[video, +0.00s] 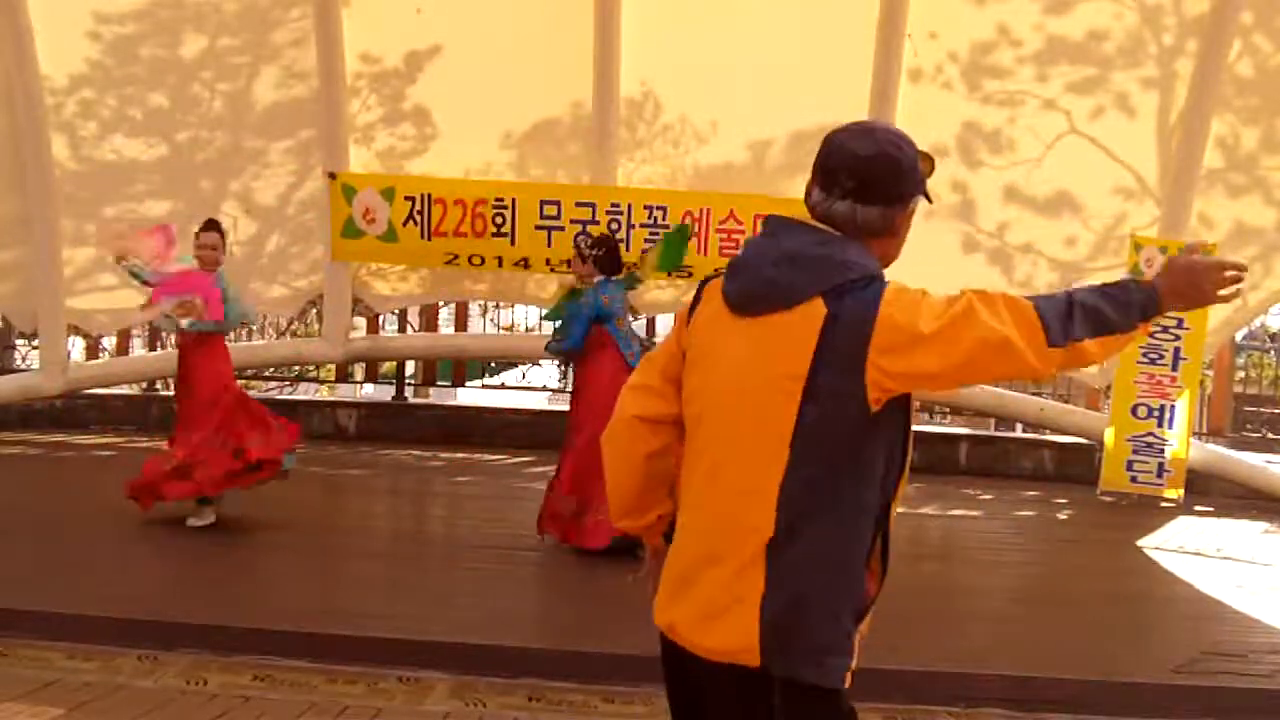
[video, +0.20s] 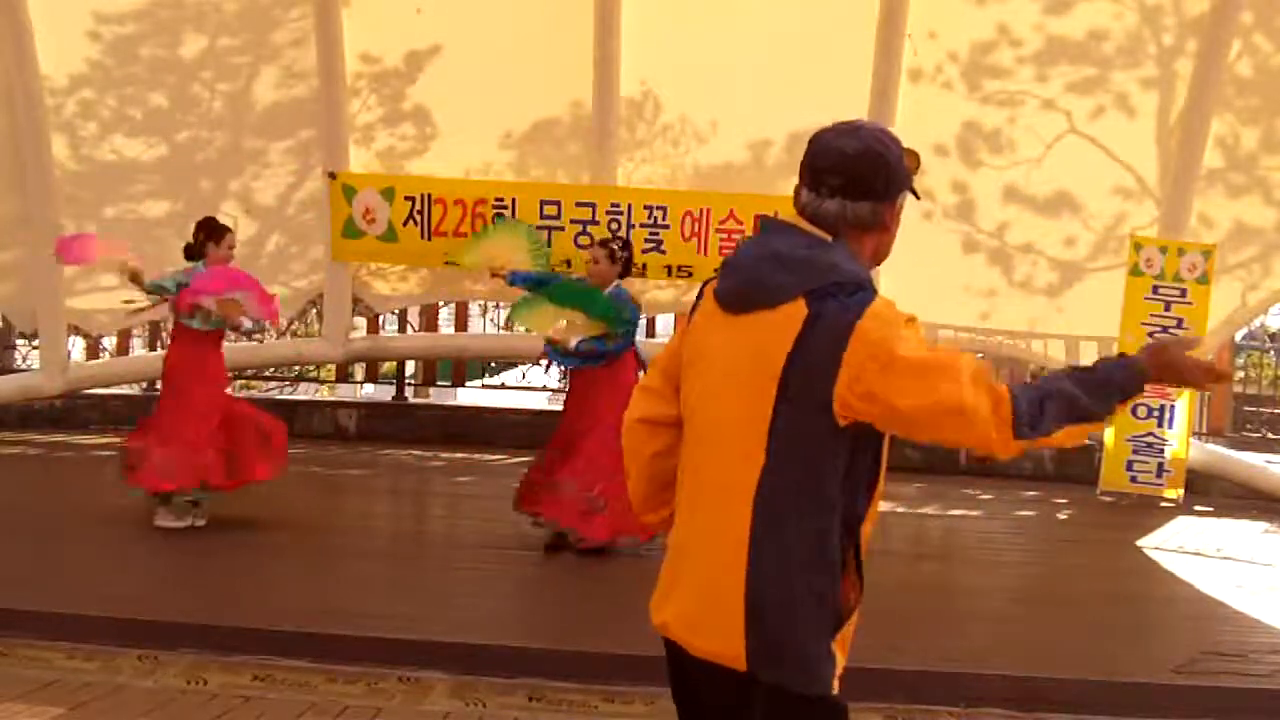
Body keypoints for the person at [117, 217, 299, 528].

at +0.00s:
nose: (207, 253)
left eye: (213, 248)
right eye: (202, 247)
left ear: (223, 253)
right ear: (194, 250)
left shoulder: (222, 285)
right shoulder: (186, 280)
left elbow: (235, 320)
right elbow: (154, 281)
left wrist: (198, 321)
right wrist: (129, 264)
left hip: (213, 356)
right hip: (189, 355)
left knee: (206, 422)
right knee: (193, 422)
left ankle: (207, 502)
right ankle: (201, 496)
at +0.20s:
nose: (232, 255)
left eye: (233, 248)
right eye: (227, 248)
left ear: (218, 247)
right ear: (208, 247)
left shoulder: (229, 282)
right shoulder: (195, 278)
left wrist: (234, 315)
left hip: (205, 359)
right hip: (187, 360)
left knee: (202, 424)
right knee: (183, 425)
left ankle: (192, 499)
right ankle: (168, 503)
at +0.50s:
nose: (181, 243)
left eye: (184, 238)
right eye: (183, 238)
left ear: (190, 243)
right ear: (210, 245)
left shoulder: (172, 280)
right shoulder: (220, 279)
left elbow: (144, 309)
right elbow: (265, 289)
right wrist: (304, 278)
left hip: (181, 357)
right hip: (211, 356)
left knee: (183, 422)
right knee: (217, 421)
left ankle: (193, 502)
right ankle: (227, 499)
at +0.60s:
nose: (174, 251)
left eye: (178, 244)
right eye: (175, 244)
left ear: (192, 246)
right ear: (201, 247)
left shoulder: (183, 285)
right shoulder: (216, 281)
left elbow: (144, 315)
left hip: (190, 365)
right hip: (218, 364)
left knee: (192, 430)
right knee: (214, 428)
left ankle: (195, 504)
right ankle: (220, 500)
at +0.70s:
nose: (182, 252)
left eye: (188, 246)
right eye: (180, 246)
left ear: (207, 250)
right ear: (179, 247)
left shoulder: (201, 282)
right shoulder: (188, 281)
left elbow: (183, 315)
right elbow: (165, 301)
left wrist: (158, 320)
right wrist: (146, 283)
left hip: (203, 364)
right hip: (199, 361)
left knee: (190, 428)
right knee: (204, 428)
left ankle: (194, 503)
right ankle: (215, 497)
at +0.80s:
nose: (200, 251)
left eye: (206, 245)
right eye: (195, 245)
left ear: (214, 248)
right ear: (185, 247)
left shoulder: (215, 285)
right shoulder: (174, 277)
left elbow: (230, 317)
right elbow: (136, 286)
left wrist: (187, 316)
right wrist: (91, 280)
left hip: (208, 354)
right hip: (183, 352)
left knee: (199, 418)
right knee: (186, 418)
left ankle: (194, 501)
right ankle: (192, 499)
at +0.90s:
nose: (208, 252)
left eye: (211, 245)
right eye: (202, 245)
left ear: (214, 248)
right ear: (181, 247)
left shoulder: (216, 286)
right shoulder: (165, 285)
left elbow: (247, 317)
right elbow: (125, 286)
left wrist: (208, 317)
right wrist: (94, 279)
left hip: (208, 369)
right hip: (175, 369)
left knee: (203, 432)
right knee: (161, 427)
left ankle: (189, 496)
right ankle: (151, 495)